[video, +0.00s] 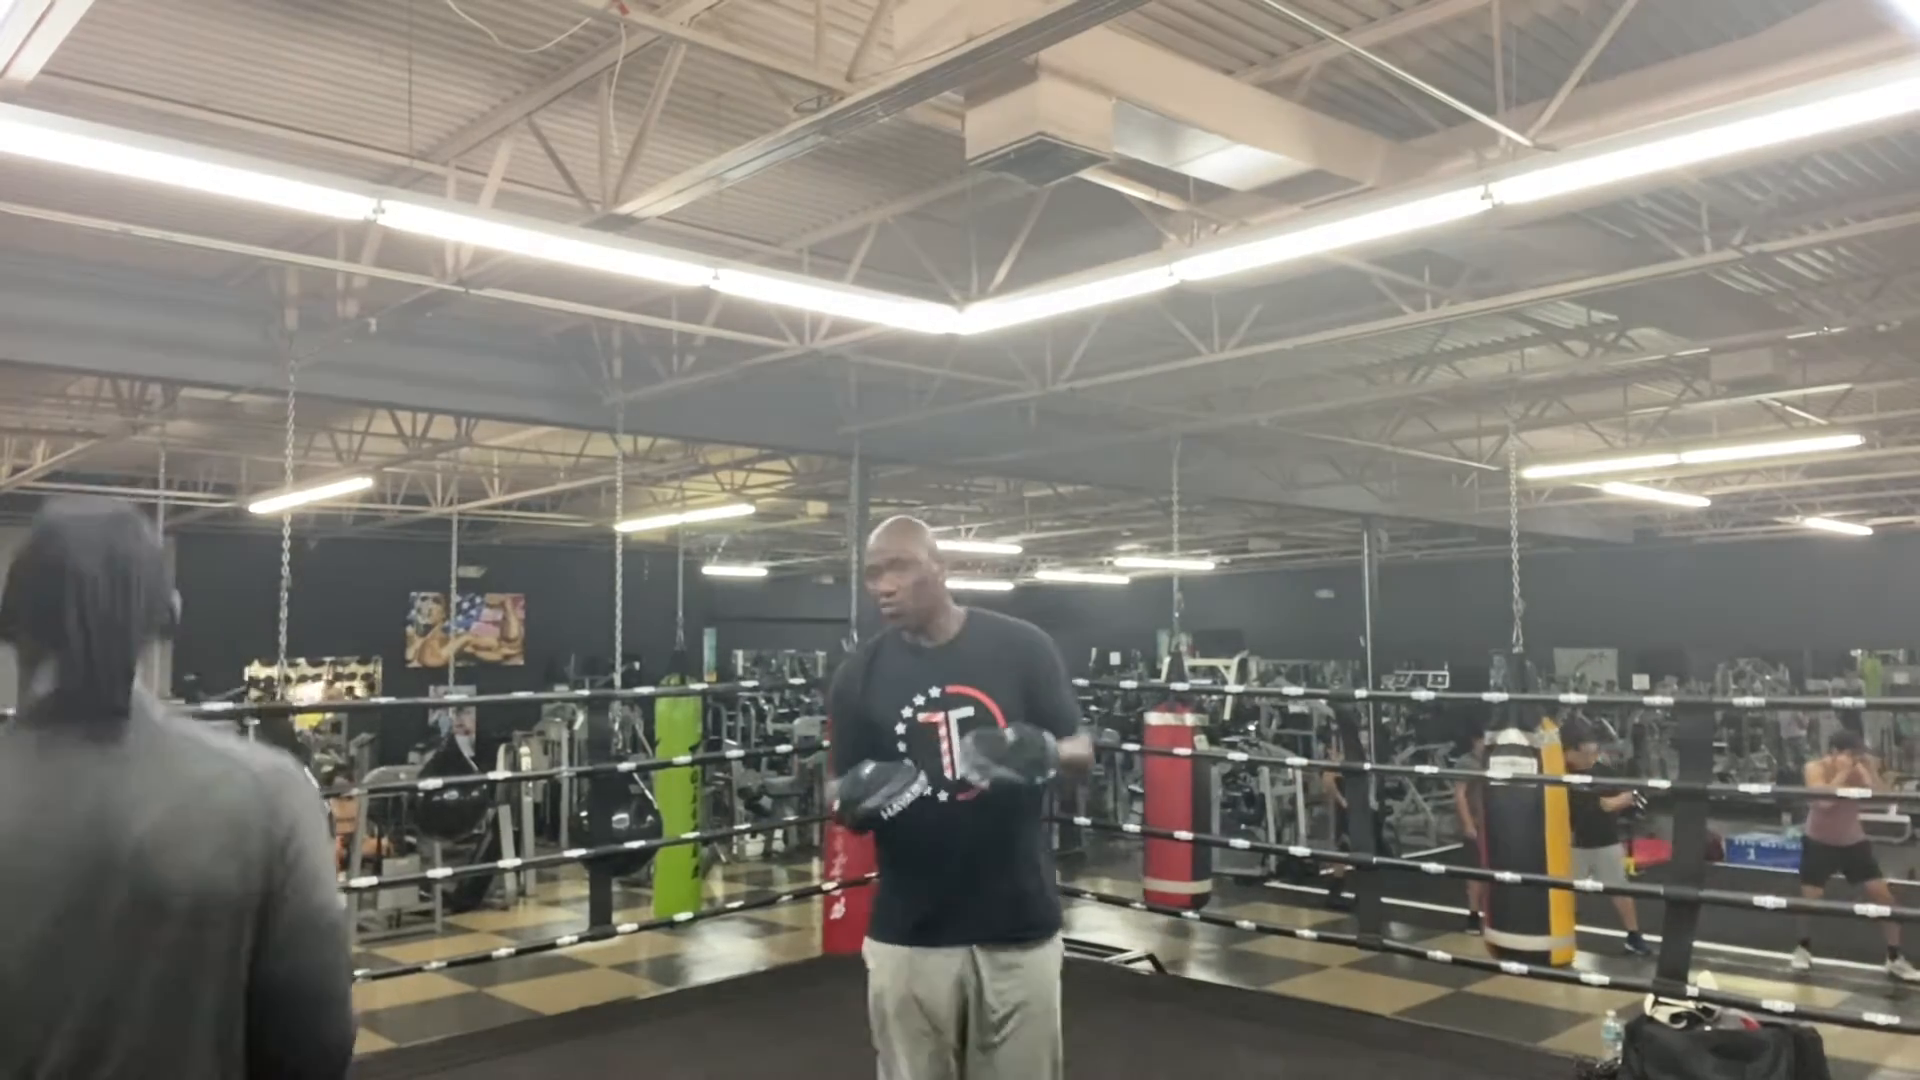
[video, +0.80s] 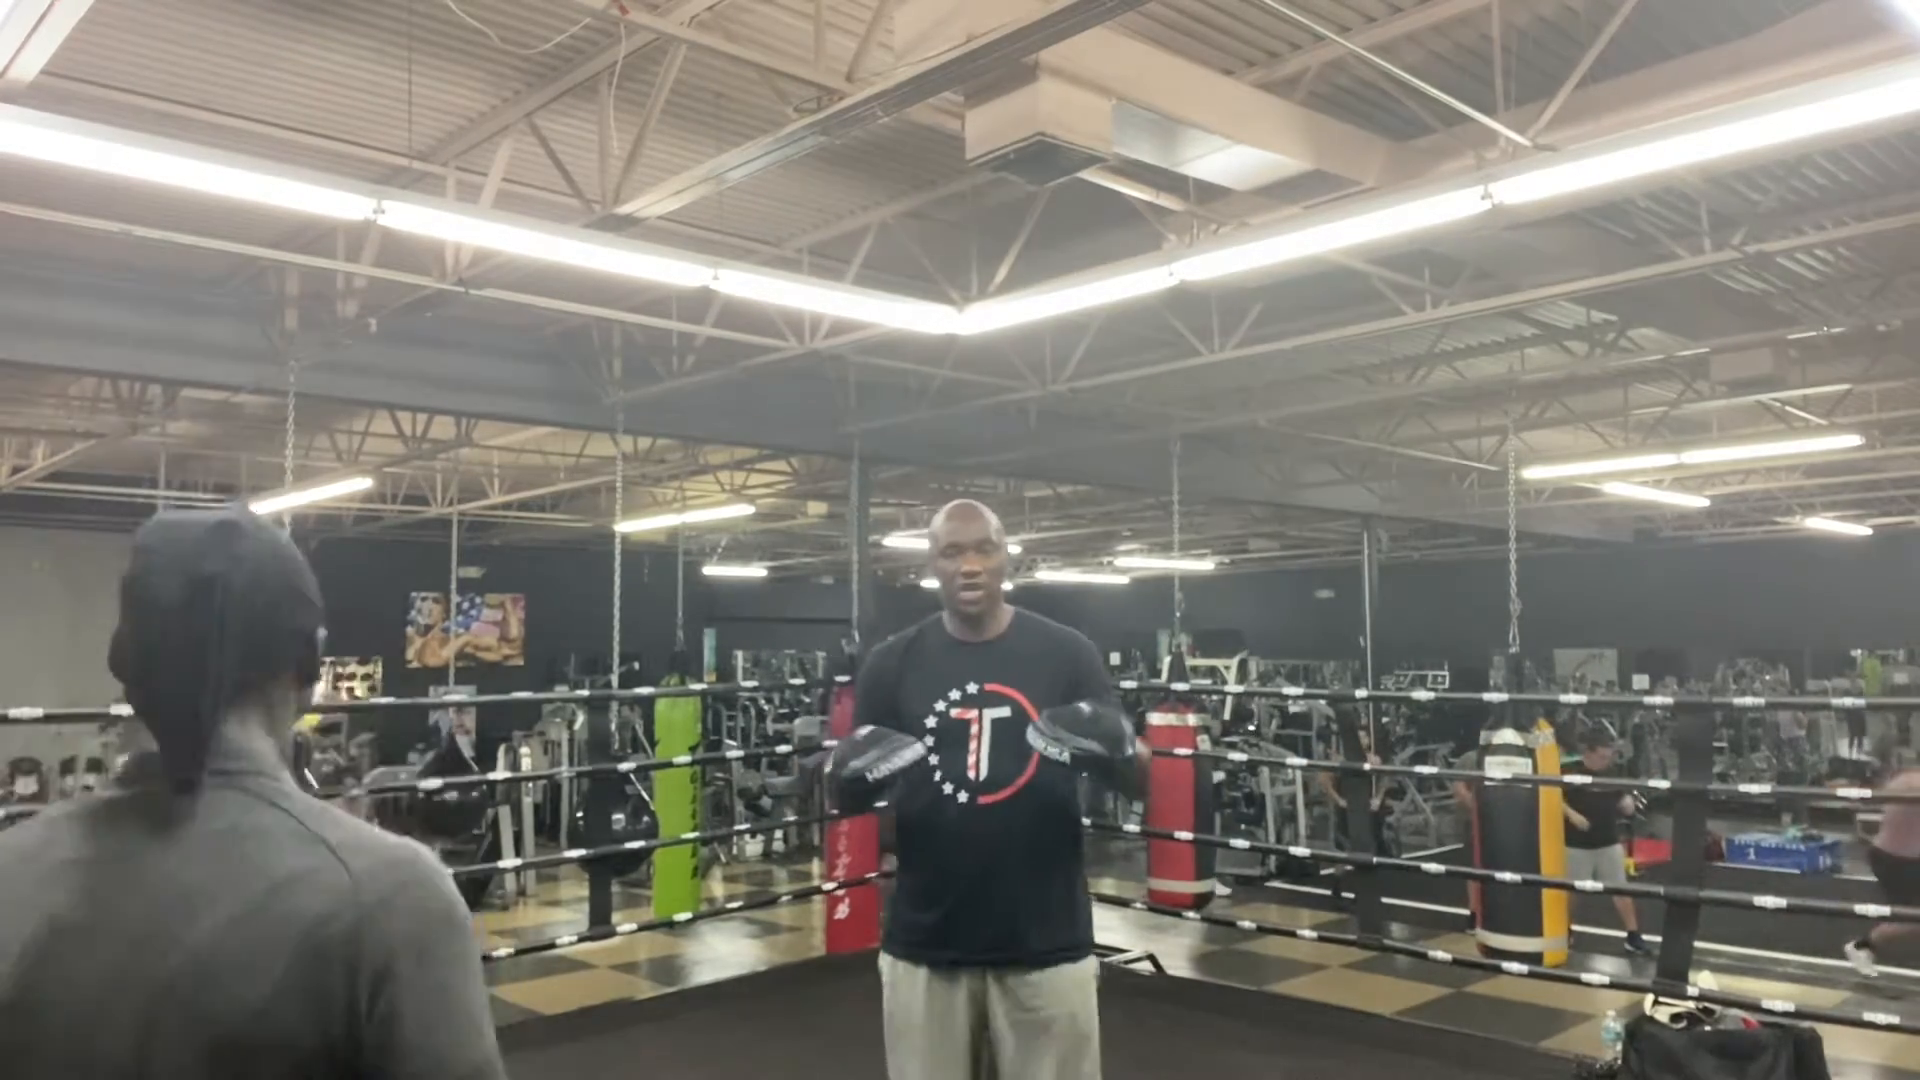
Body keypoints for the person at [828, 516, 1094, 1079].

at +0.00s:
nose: (881, 586)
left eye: (896, 568)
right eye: (873, 572)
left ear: (938, 569)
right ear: (866, 579)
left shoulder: (1025, 648)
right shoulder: (859, 675)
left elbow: (1082, 752)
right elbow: (839, 790)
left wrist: (1046, 753)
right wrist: (854, 799)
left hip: (1018, 928)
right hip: (908, 935)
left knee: (1023, 1072)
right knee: (912, 1073)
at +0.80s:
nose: (970, 565)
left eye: (983, 549)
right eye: (953, 552)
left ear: (1007, 558)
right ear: (932, 565)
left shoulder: (1069, 656)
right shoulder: (891, 665)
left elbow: (1139, 782)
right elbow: (849, 794)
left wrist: (1117, 750)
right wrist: (849, 780)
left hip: (1046, 944)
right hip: (926, 945)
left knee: (1056, 1073)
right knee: (925, 1073)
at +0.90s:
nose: (995, 560)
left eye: (1010, 545)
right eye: (979, 547)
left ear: (1035, 554)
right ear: (959, 560)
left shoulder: (1093, 652)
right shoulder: (916, 657)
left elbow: (1177, 770)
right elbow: (868, 778)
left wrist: (1141, 723)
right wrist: (836, 764)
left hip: (1061, 947)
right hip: (938, 946)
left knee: (1063, 1072)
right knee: (929, 1072)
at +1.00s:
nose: (1033, 556)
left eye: (1049, 541)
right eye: (1017, 544)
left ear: (1074, 553)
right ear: (997, 558)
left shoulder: (1122, 650)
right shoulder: (954, 647)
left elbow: (1177, 784)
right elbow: (908, 764)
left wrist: (1178, 692)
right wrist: (856, 750)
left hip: (1079, 939)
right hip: (961, 934)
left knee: (1081, 1072)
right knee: (942, 1072)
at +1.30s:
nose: (1075, 566)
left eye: (1094, 551)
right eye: (1062, 551)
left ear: (1126, 560)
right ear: (1048, 561)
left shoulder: (1162, 664)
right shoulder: (1012, 634)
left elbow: (1150, 807)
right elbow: (965, 767)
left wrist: (1068, 757)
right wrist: (994, 732)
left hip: (1106, 957)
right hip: (997, 940)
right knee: (972, 1072)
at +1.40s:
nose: (1082, 568)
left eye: (1100, 552)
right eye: (1068, 553)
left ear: (1131, 560)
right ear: (1052, 562)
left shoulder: (1170, 666)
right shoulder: (1021, 639)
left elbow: (1177, 806)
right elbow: (973, 761)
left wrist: (1086, 772)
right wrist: (988, 753)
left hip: (1113, 959)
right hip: (1008, 943)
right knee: (993, 1072)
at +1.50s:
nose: (1085, 568)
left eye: (1102, 552)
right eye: (1070, 553)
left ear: (1132, 560)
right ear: (1054, 564)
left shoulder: (1176, 671)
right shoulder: (1027, 642)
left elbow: (1205, 809)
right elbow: (996, 746)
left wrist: (1105, 788)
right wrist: (982, 777)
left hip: (1115, 967)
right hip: (1011, 946)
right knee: (987, 1072)